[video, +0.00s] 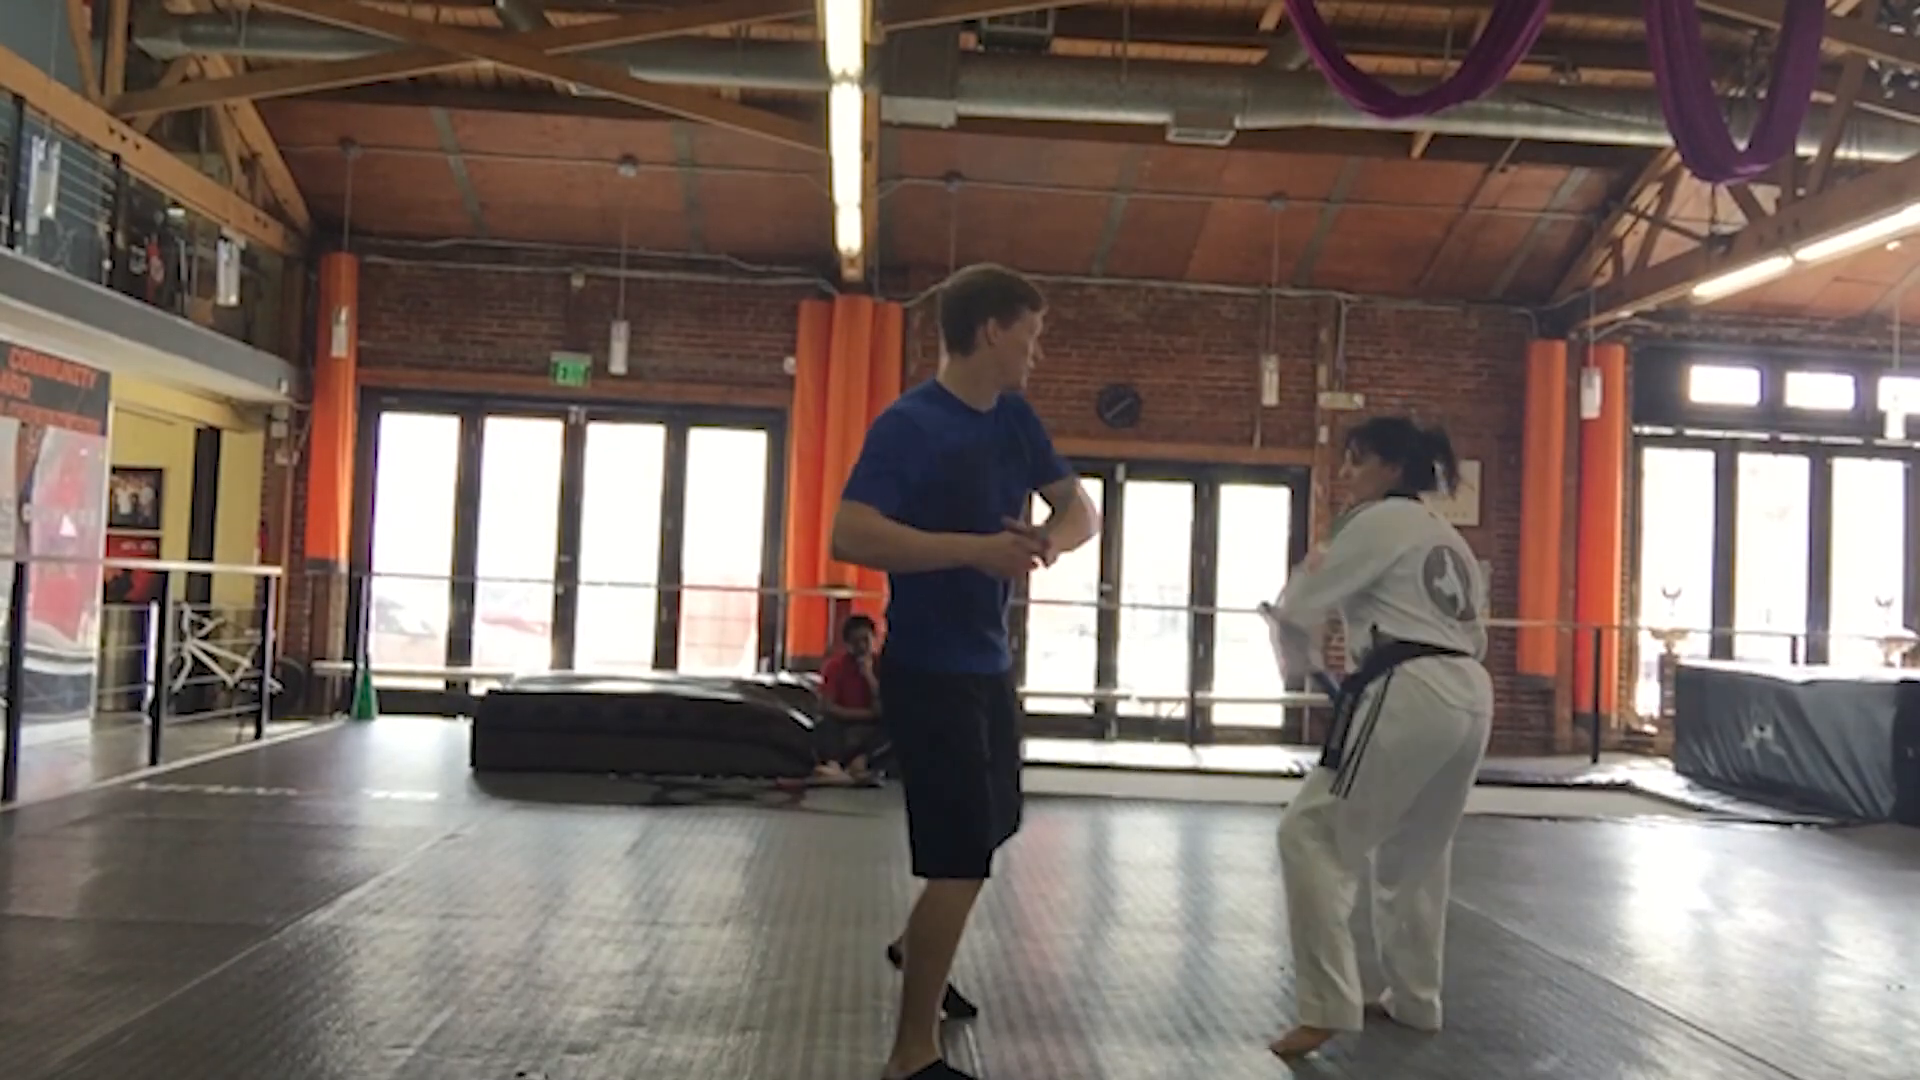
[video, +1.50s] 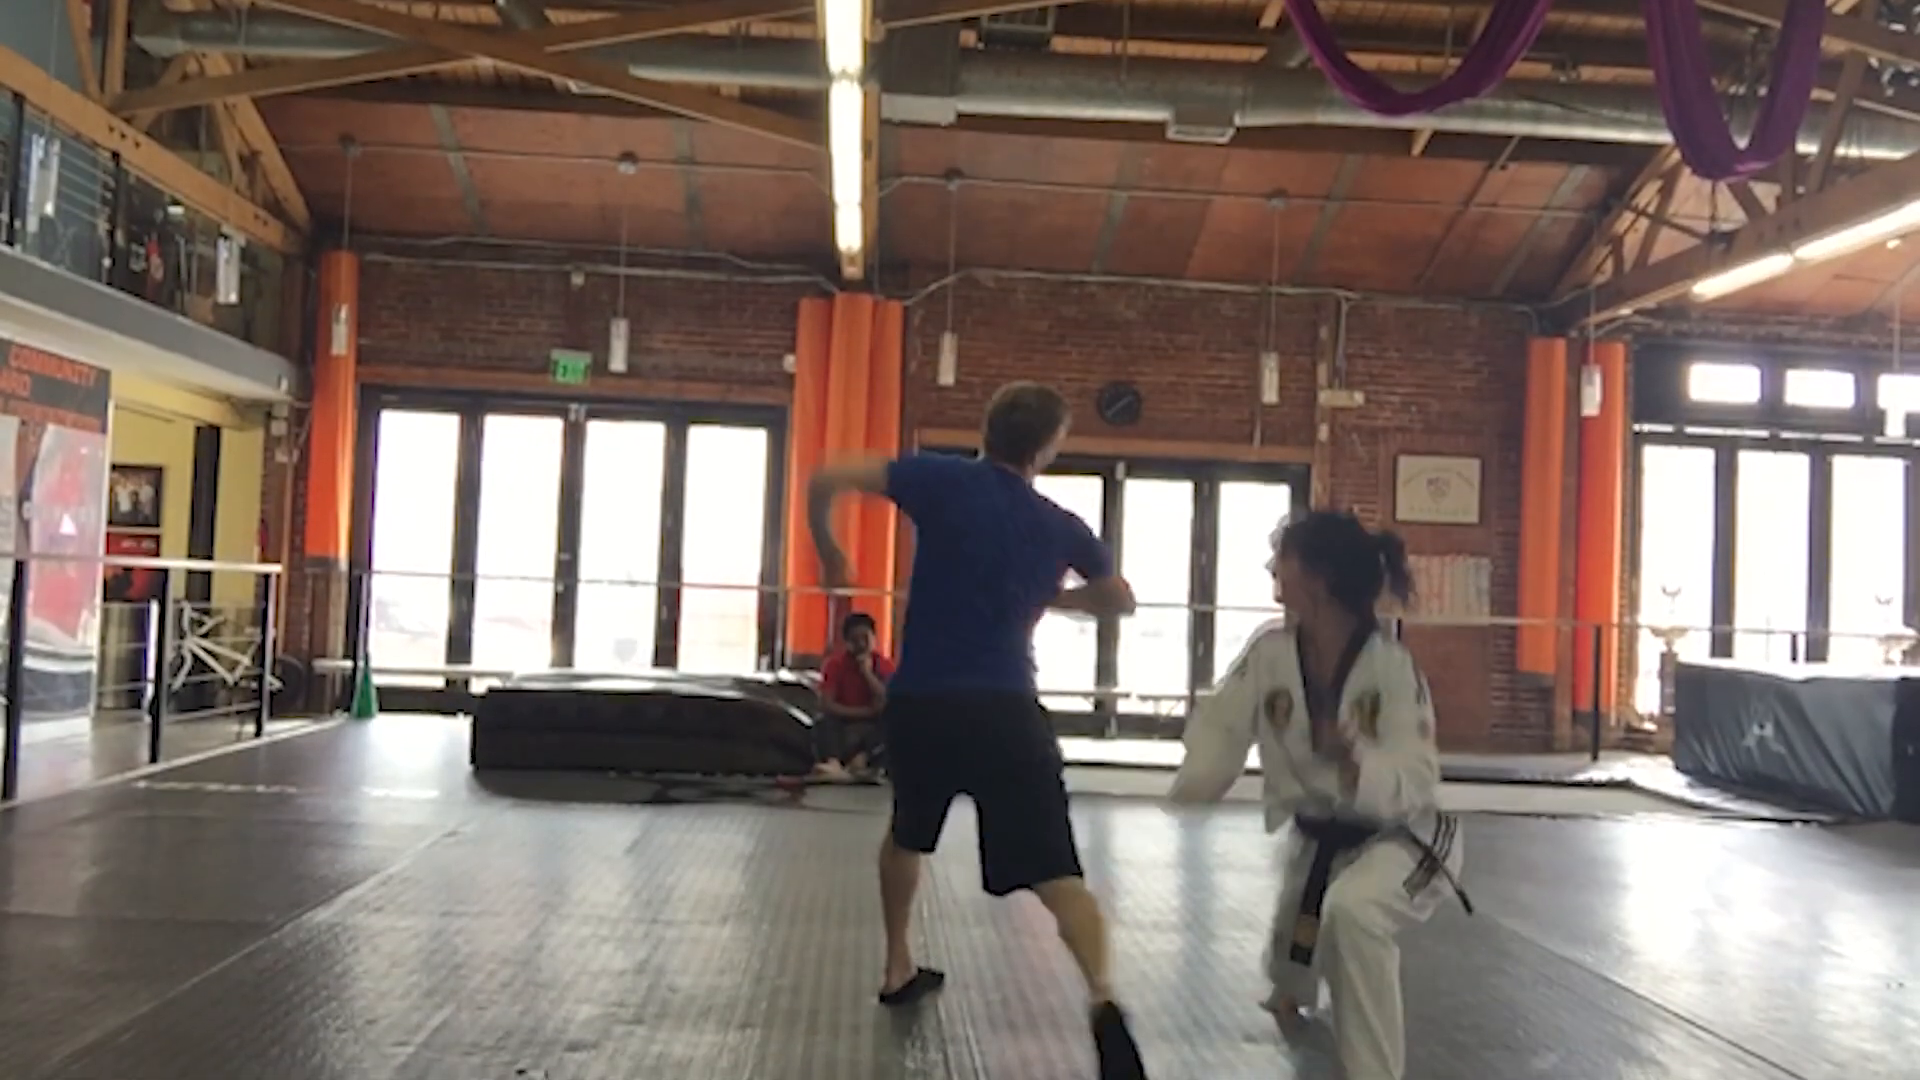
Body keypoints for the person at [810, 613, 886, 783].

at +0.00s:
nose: (862, 645)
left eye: (865, 639)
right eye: (856, 641)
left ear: (873, 639)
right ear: (847, 643)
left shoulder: (879, 663)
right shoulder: (835, 666)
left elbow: (882, 707)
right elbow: (827, 706)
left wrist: (869, 674)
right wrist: (869, 713)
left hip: (871, 722)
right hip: (841, 722)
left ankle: (862, 762)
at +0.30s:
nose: (861, 646)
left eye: (865, 640)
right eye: (855, 641)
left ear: (873, 639)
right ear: (846, 643)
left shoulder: (884, 667)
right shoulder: (834, 667)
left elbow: (888, 706)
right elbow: (826, 707)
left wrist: (868, 674)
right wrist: (869, 712)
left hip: (874, 720)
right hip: (843, 720)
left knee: (896, 727)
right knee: (824, 727)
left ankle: (862, 762)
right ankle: (832, 765)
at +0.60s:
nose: (861, 645)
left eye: (865, 639)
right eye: (855, 641)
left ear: (873, 639)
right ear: (847, 643)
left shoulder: (885, 667)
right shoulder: (834, 666)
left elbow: (893, 707)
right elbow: (826, 707)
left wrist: (868, 674)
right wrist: (870, 712)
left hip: (876, 722)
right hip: (843, 722)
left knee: (905, 721)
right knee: (824, 726)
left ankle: (864, 761)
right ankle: (832, 764)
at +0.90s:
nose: (861, 647)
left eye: (865, 640)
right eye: (855, 642)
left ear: (873, 640)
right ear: (846, 644)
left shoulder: (884, 668)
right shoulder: (835, 667)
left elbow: (888, 706)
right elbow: (826, 708)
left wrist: (868, 675)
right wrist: (869, 713)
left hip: (873, 723)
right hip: (841, 723)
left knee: (895, 726)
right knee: (823, 727)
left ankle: (860, 764)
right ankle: (833, 766)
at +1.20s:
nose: (861, 646)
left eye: (865, 640)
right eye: (856, 642)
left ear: (872, 640)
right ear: (847, 643)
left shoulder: (878, 665)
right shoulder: (835, 666)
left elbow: (882, 701)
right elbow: (827, 707)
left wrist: (868, 675)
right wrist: (866, 714)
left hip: (869, 722)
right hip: (841, 722)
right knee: (826, 727)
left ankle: (860, 763)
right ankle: (832, 766)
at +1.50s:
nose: (861, 645)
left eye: (865, 638)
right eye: (855, 640)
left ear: (873, 638)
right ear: (846, 642)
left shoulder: (883, 665)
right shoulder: (835, 665)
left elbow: (887, 701)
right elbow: (826, 704)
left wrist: (868, 673)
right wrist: (868, 711)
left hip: (872, 719)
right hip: (842, 719)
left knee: (888, 723)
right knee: (825, 722)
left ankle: (861, 760)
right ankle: (833, 762)